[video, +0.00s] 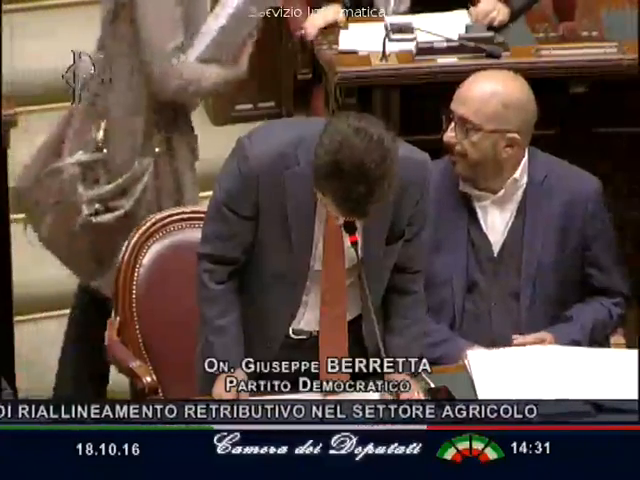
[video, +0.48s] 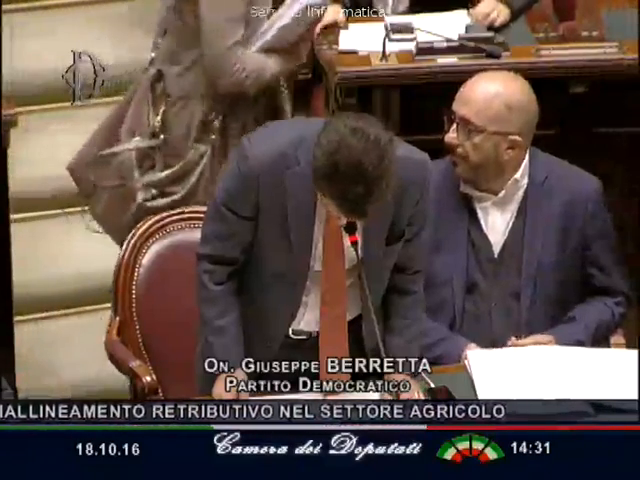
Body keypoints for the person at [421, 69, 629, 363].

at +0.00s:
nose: (448, 138)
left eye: (466, 129)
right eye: (450, 120)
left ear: (509, 146)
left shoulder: (578, 194)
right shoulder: (423, 187)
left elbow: (611, 297)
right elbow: (396, 308)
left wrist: (558, 339)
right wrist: (462, 354)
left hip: (549, 380)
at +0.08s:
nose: (448, 138)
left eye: (466, 129)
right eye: (450, 120)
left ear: (509, 146)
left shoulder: (578, 194)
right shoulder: (423, 187)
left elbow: (611, 296)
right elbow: (396, 308)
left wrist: (558, 339)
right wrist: (462, 354)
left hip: (550, 380)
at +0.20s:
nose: (448, 138)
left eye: (466, 129)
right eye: (450, 120)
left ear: (509, 146)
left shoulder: (578, 194)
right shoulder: (422, 187)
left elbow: (612, 296)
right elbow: (396, 308)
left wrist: (558, 340)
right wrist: (463, 354)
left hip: (549, 381)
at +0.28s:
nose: (448, 138)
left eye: (466, 129)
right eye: (451, 120)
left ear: (509, 147)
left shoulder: (578, 194)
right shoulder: (422, 187)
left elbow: (612, 295)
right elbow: (394, 308)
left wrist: (559, 340)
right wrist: (461, 352)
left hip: (549, 380)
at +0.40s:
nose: (449, 138)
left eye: (468, 130)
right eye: (452, 120)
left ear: (510, 147)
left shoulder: (578, 194)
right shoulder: (423, 187)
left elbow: (613, 295)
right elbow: (395, 307)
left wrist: (560, 340)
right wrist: (460, 351)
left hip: (549, 380)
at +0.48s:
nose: (449, 138)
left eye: (468, 130)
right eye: (452, 120)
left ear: (511, 148)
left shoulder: (578, 194)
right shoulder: (423, 187)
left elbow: (612, 296)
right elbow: (396, 308)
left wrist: (558, 341)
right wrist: (460, 352)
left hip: (549, 381)